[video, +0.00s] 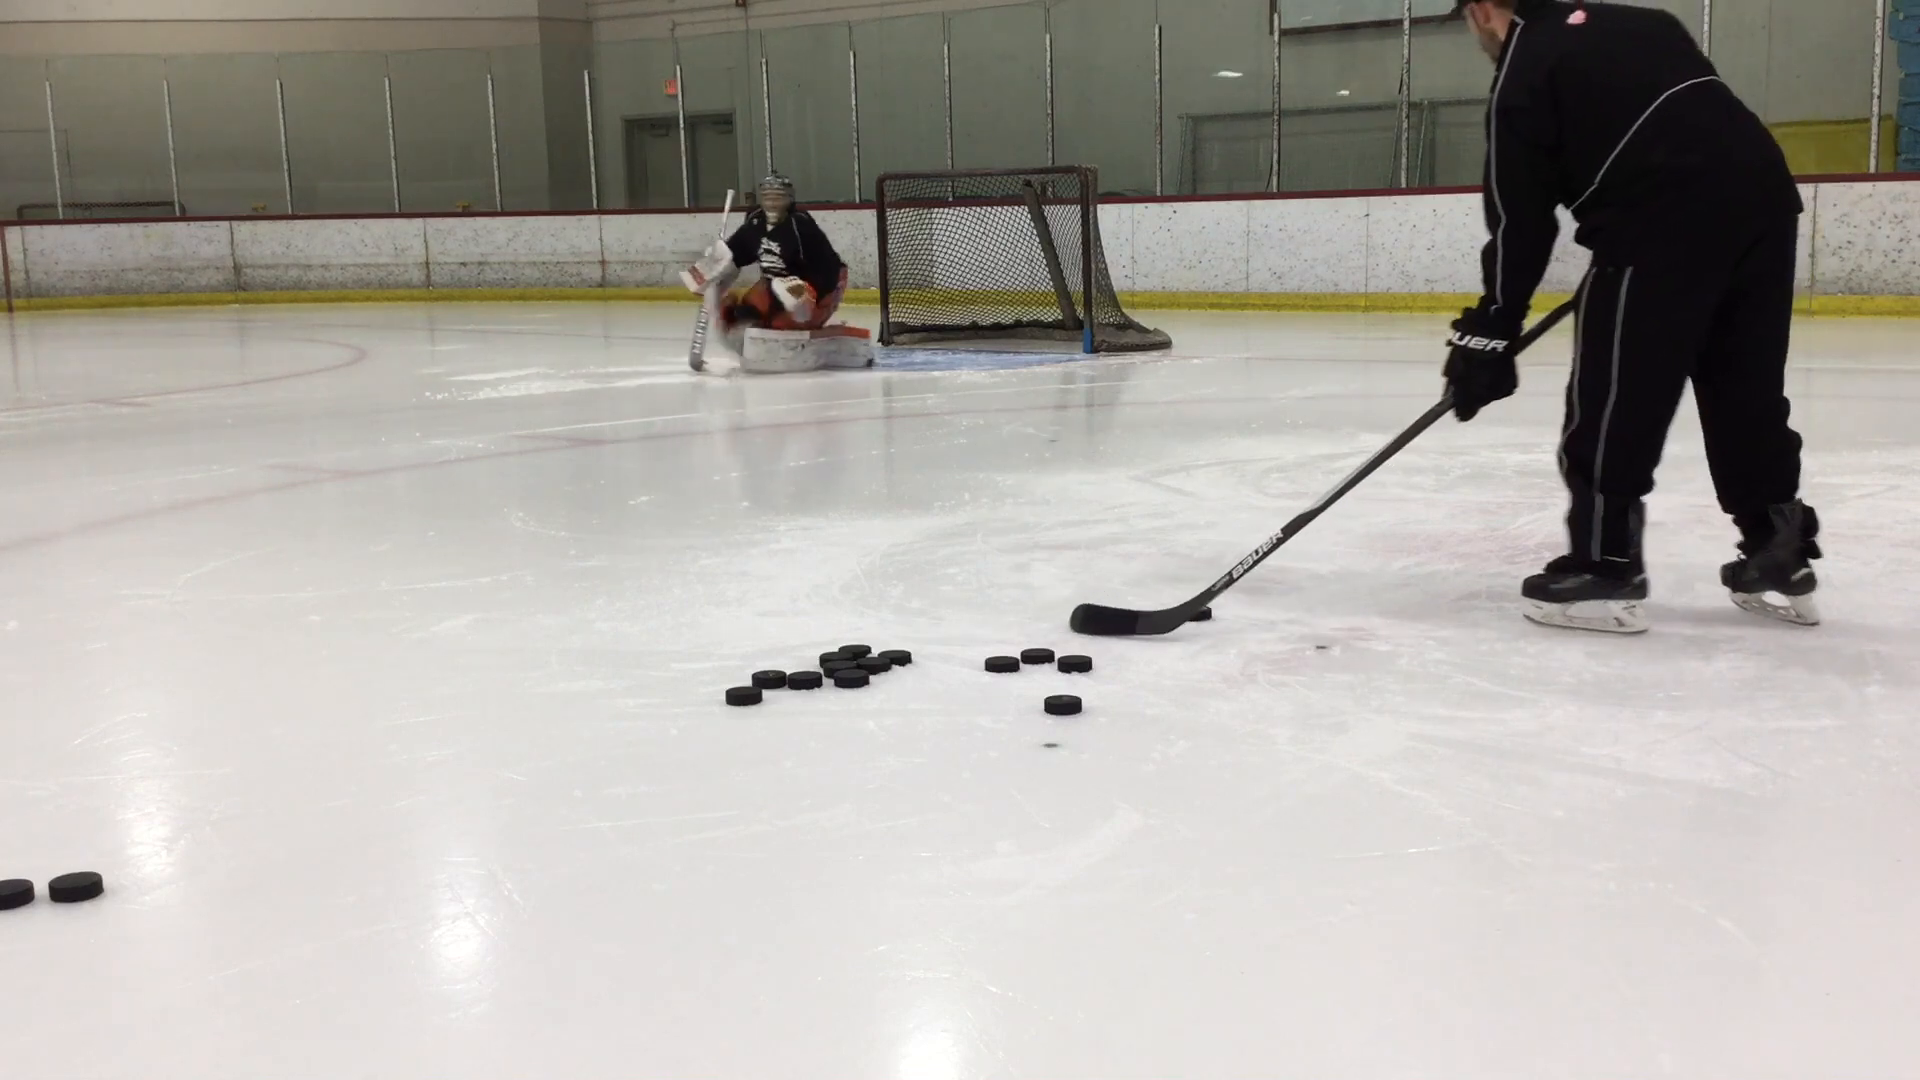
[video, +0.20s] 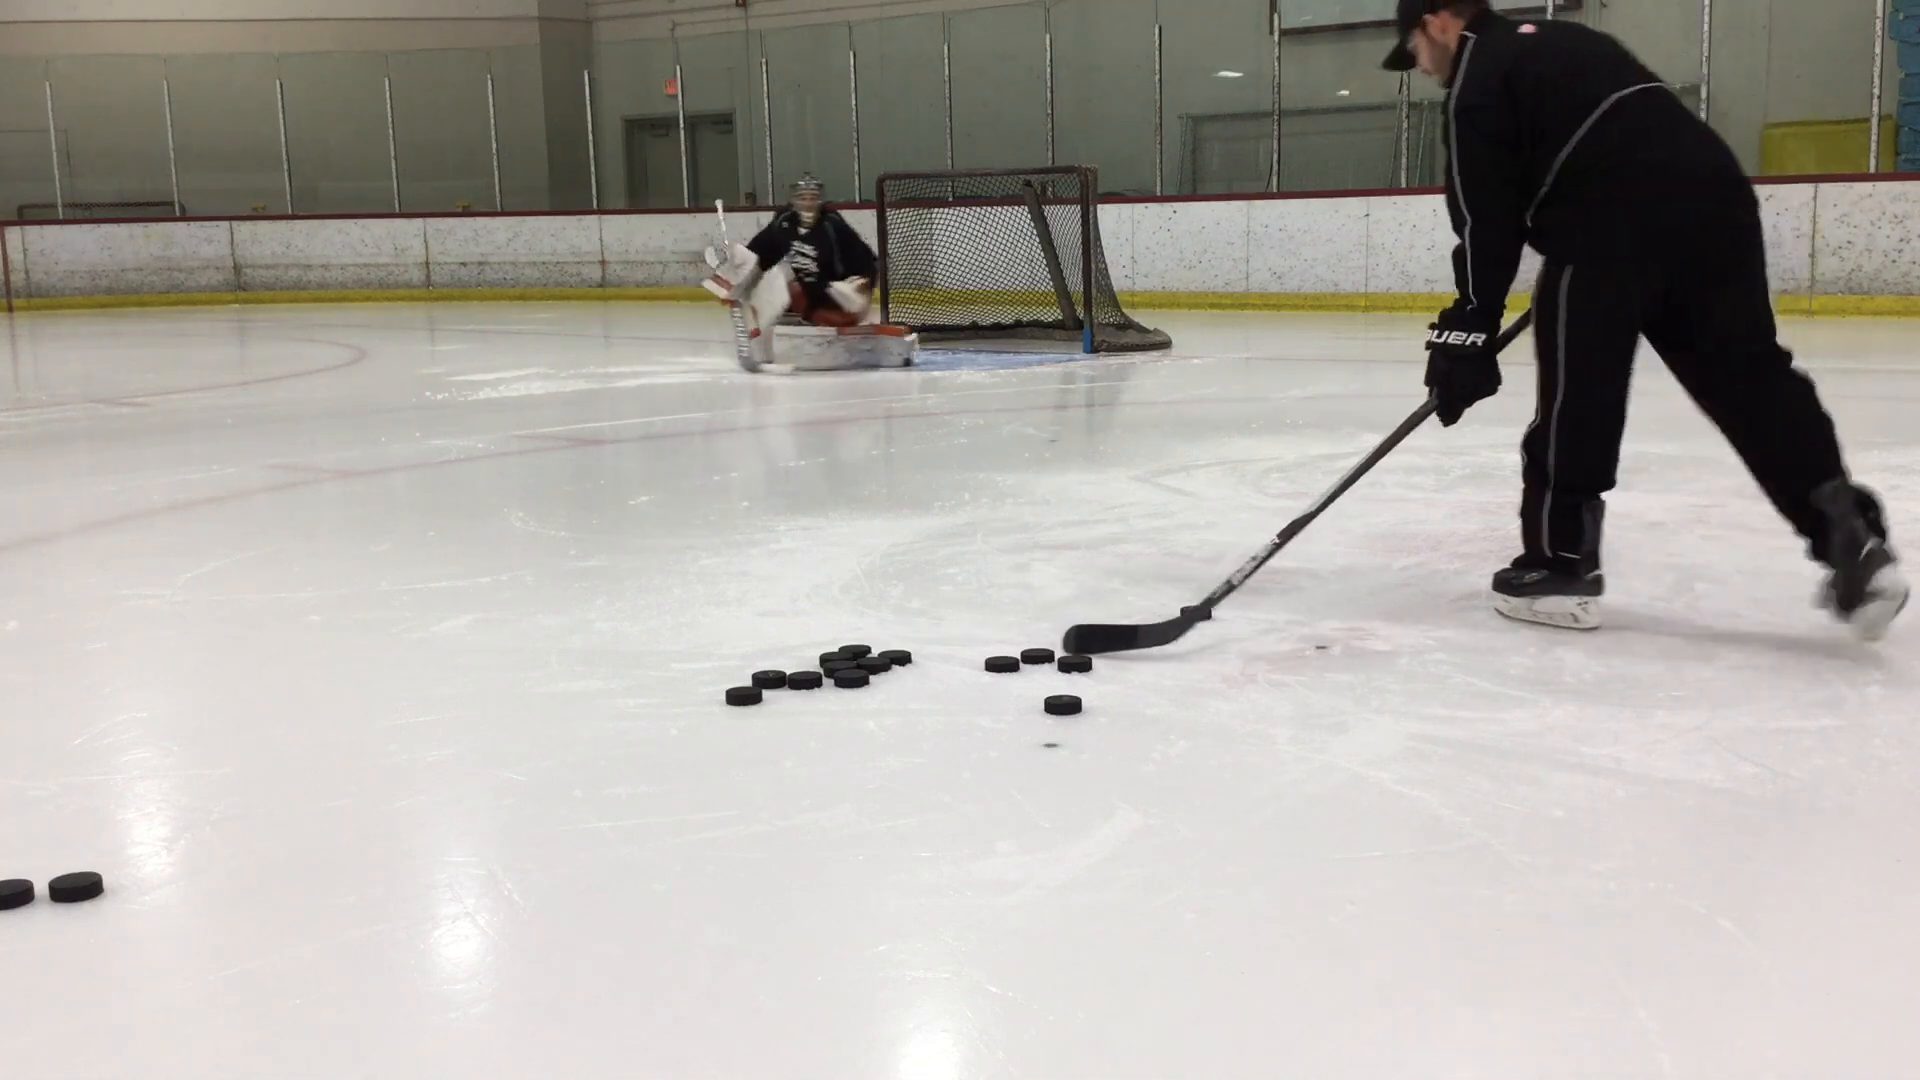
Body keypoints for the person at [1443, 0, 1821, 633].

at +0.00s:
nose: (1474, 33)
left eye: (1471, 18)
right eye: (1470, 21)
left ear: (1492, 9)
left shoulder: (1524, 74)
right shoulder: (1642, 22)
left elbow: (1518, 217)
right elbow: (1678, 134)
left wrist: (1490, 330)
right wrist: (1612, 262)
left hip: (1660, 233)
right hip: (1763, 206)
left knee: (1613, 394)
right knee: (1746, 391)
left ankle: (1604, 561)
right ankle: (1780, 549)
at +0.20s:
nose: (1421, 66)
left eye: (1416, 47)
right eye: (1414, 54)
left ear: (1443, 21)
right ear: (1470, 17)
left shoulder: (1479, 79)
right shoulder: (1568, 39)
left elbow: (1486, 213)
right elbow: (1603, 157)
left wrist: (1466, 328)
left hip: (1607, 224)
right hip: (1710, 195)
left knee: (1575, 391)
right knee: (1748, 372)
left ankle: (1563, 557)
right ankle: (1848, 530)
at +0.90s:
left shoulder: (1509, 31)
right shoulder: (1658, 2)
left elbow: (1484, 108)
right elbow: (1729, 38)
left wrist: (1546, 147)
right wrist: (1697, 100)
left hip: (1543, 221)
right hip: (1648, 213)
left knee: (1546, 382)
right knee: (1671, 381)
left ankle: (1495, 534)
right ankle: (1709, 542)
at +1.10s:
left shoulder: (1542, 24)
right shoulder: (1697, 5)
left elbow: (1516, 108)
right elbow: (1778, 51)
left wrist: (1576, 161)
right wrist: (1748, 128)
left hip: (1568, 219)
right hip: (1674, 211)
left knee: (1569, 377)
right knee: (1696, 382)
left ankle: (1509, 528)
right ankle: (1726, 535)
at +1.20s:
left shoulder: (1554, 28)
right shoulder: (1729, 5)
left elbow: (1552, 148)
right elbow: (1810, 53)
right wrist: (1775, 131)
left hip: (1594, 217)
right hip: (1704, 207)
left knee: (1571, 377)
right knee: (1709, 378)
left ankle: (1514, 523)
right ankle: (1732, 526)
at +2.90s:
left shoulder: (1599, 7)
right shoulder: (1692, 6)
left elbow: (1583, 129)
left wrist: (1521, 250)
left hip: (1670, 221)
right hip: (1755, 205)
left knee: (1636, 394)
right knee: (1728, 385)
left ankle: (1661, 574)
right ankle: (1736, 550)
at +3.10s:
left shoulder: (1574, 13)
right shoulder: (1691, 6)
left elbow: (1561, 137)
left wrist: (1530, 261)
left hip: (1653, 225)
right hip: (1747, 210)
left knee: (1628, 395)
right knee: (1719, 385)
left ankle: (1661, 574)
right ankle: (1727, 555)